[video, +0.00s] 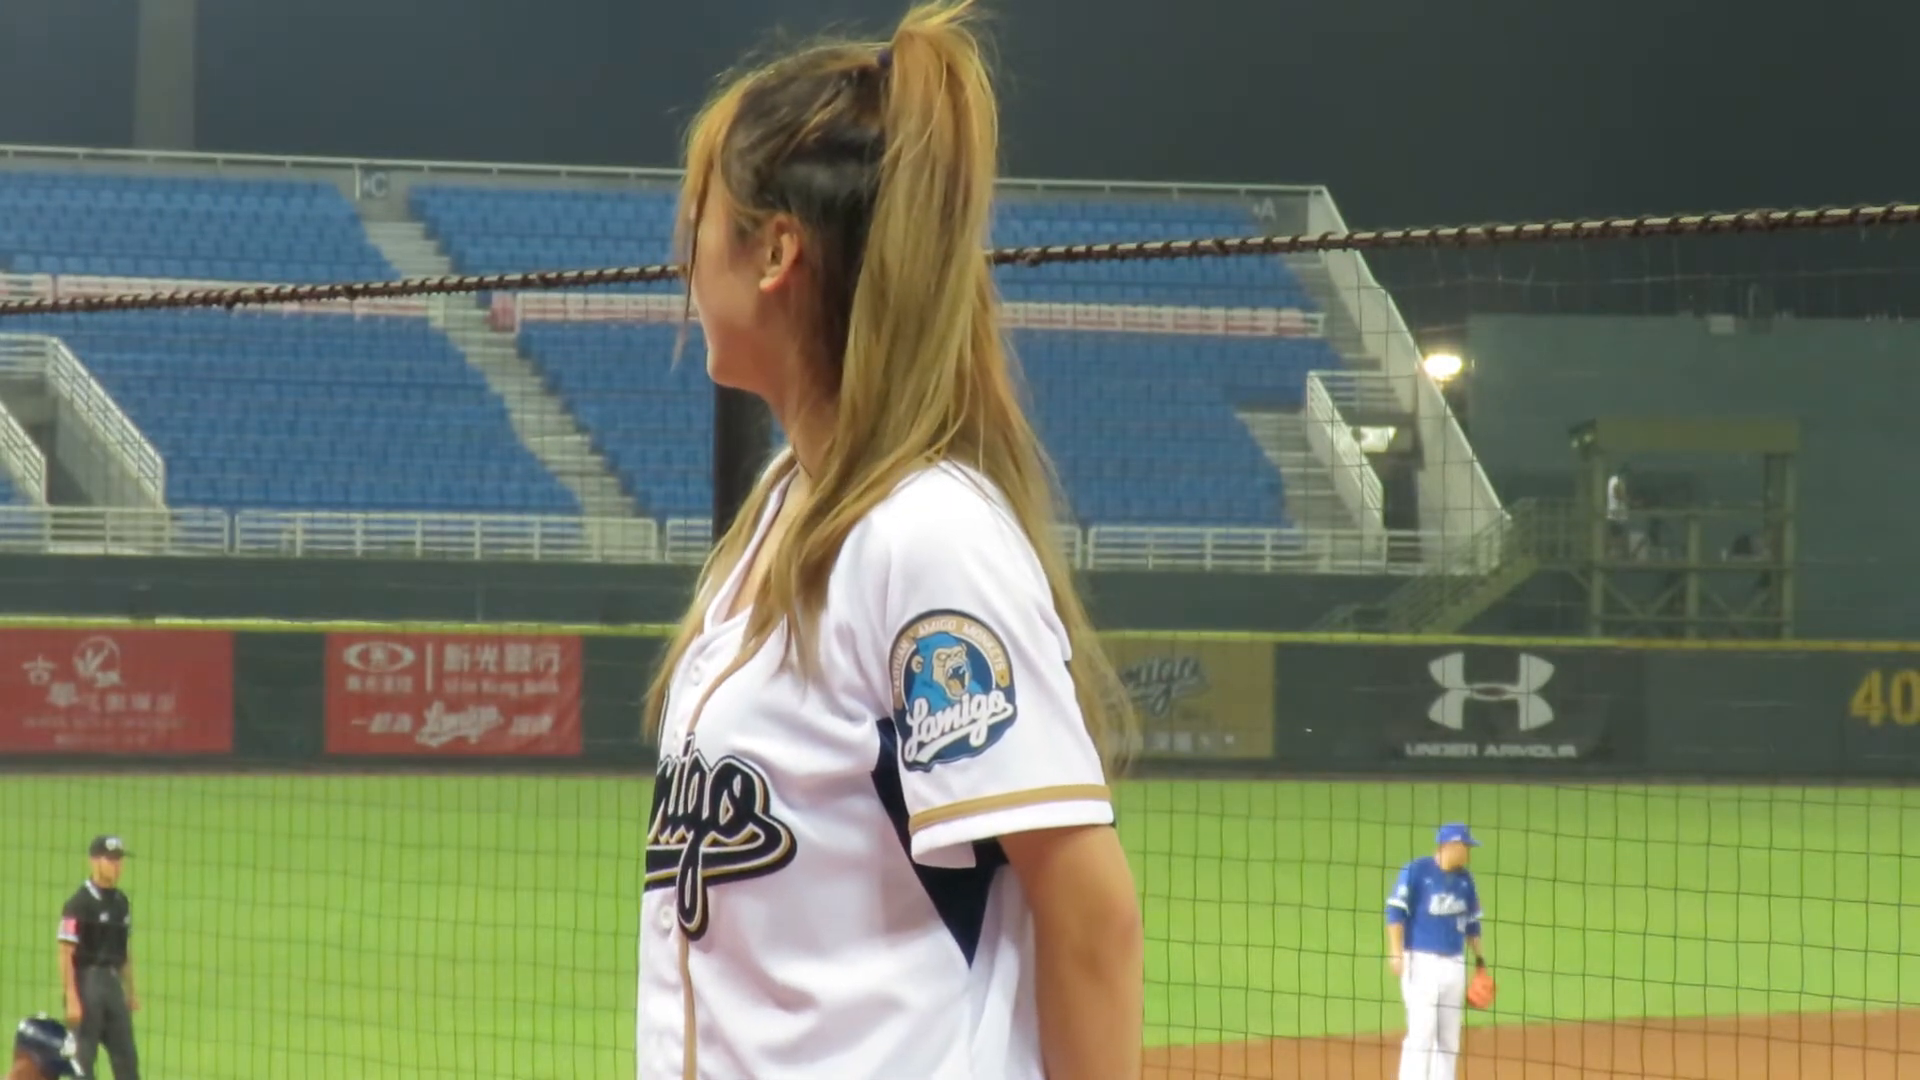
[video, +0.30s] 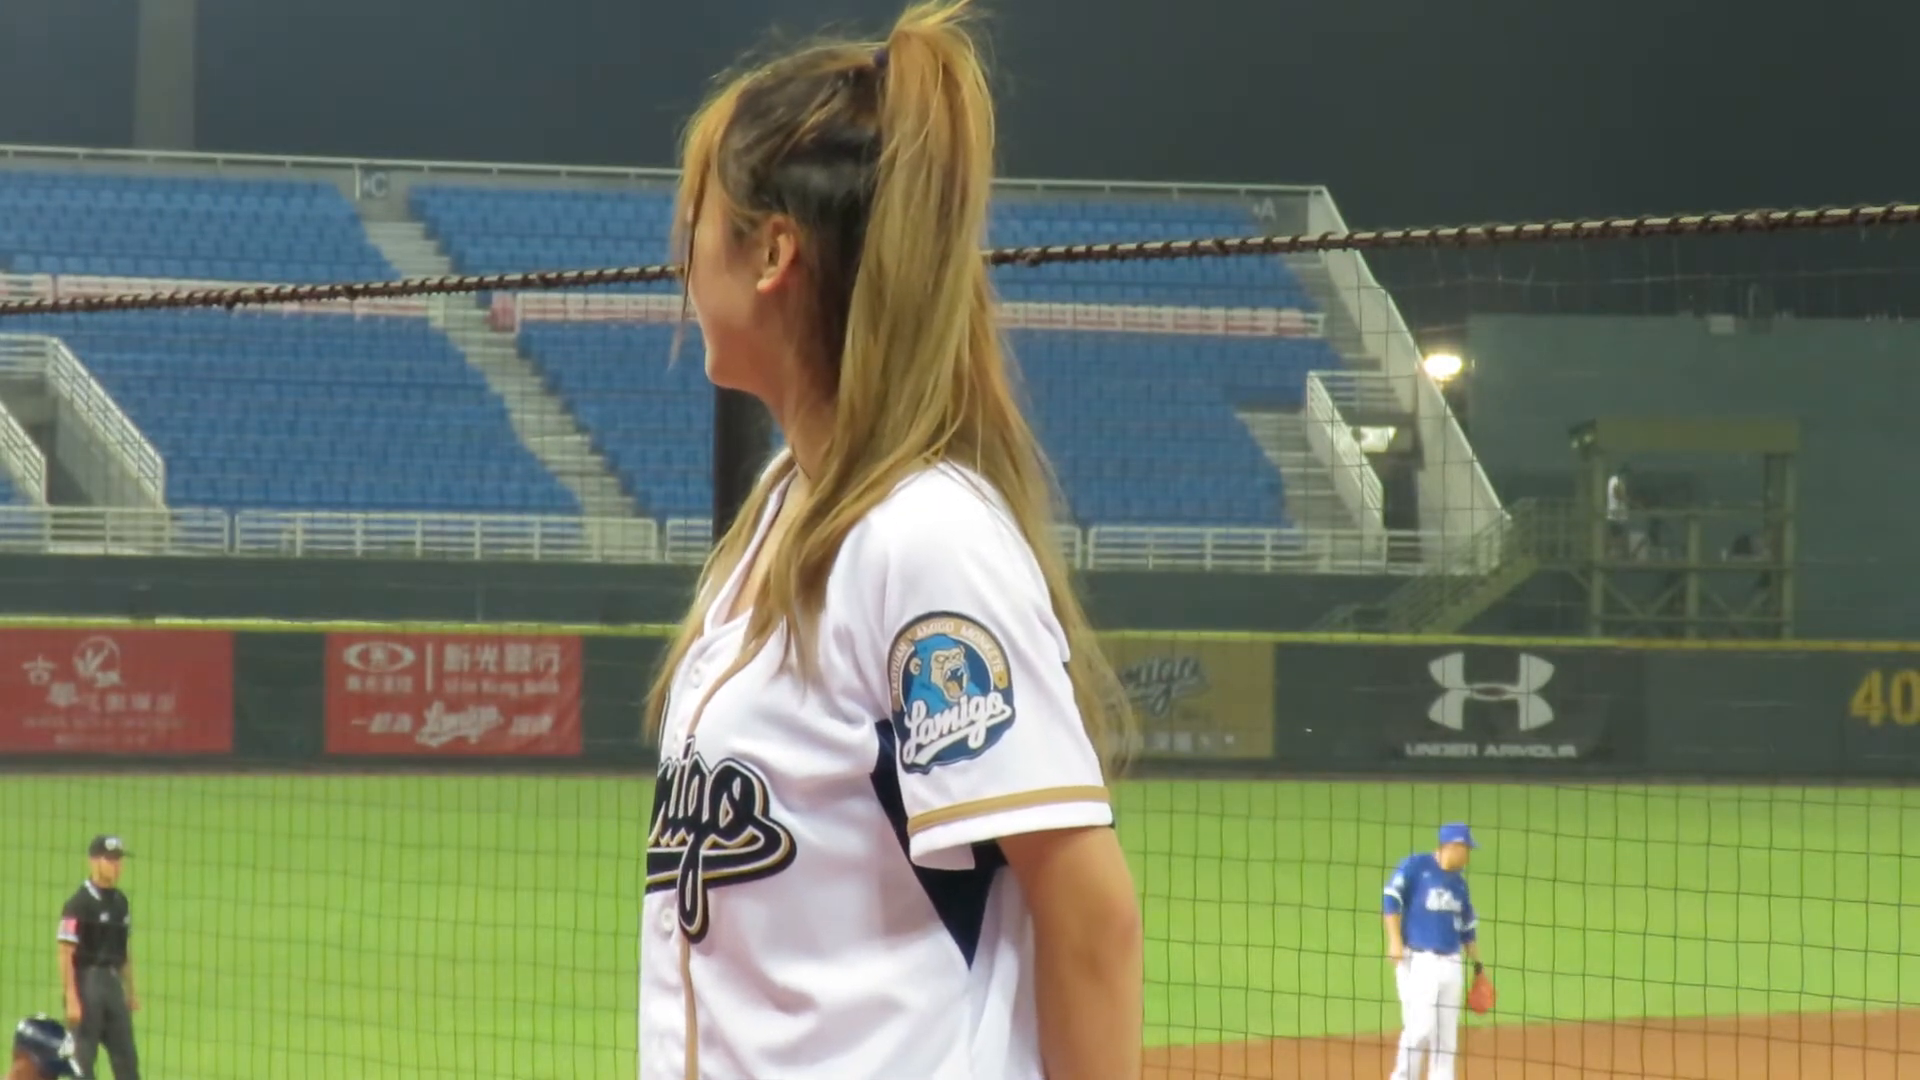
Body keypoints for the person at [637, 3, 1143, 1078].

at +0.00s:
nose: (687, 260)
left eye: (702, 220)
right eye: (697, 219)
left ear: (778, 254)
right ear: (774, 255)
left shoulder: (933, 534)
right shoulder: (783, 502)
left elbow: (1093, 911)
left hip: (877, 1057)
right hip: (716, 1051)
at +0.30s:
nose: (684, 264)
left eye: (698, 225)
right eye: (692, 224)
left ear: (774, 256)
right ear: (774, 256)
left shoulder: (931, 536)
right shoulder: (782, 504)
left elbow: (1094, 913)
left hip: (880, 1056)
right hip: (719, 1050)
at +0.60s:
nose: (680, 259)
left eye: (695, 222)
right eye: (689, 220)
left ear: (772, 255)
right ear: (772, 255)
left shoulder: (927, 535)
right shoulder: (778, 500)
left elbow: (1089, 909)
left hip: (881, 1057)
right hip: (718, 1051)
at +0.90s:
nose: (685, 269)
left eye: (699, 228)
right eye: (693, 228)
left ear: (777, 255)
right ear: (774, 255)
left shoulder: (932, 536)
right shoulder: (780, 503)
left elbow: (1094, 916)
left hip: (881, 1057)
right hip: (717, 1052)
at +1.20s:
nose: (685, 264)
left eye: (699, 225)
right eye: (693, 225)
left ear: (777, 249)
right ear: (776, 249)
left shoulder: (936, 534)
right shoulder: (784, 508)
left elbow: (1096, 912)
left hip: (886, 1057)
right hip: (721, 1051)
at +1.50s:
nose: (688, 265)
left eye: (703, 224)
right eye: (697, 224)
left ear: (779, 249)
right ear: (778, 250)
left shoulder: (934, 533)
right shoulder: (783, 511)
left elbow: (1095, 913)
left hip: (888, 1056)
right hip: (725, 1050)